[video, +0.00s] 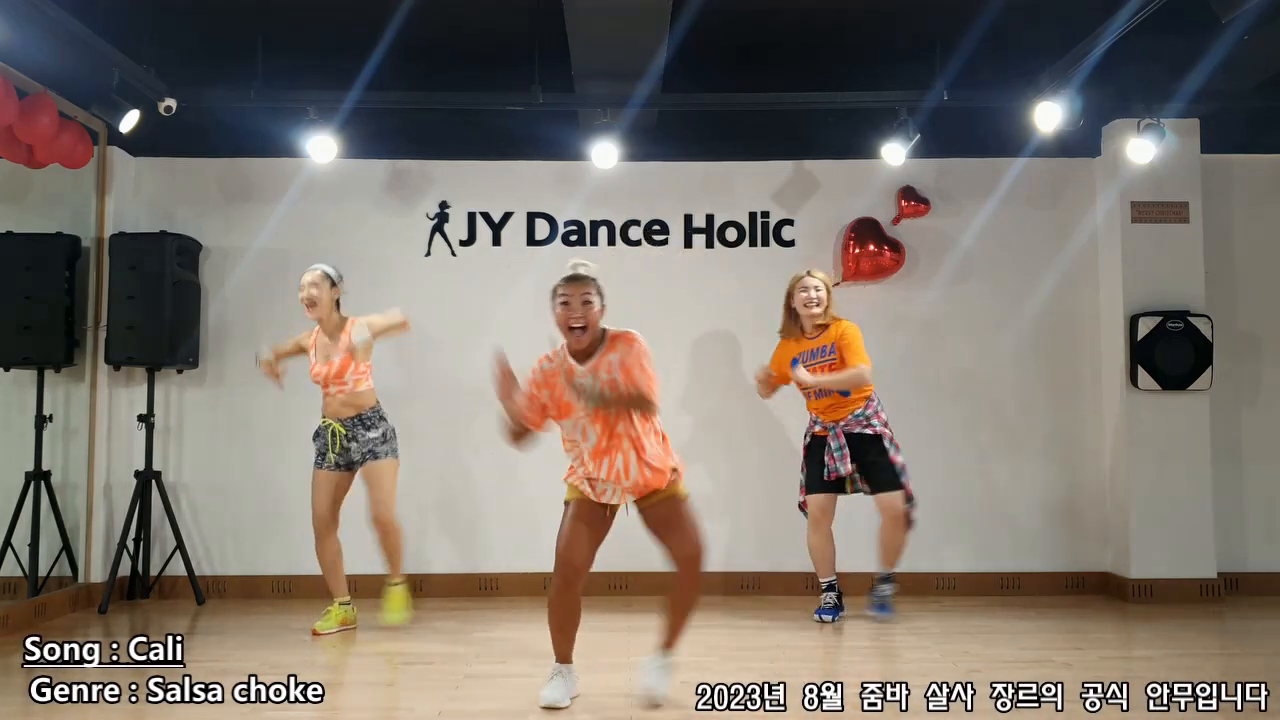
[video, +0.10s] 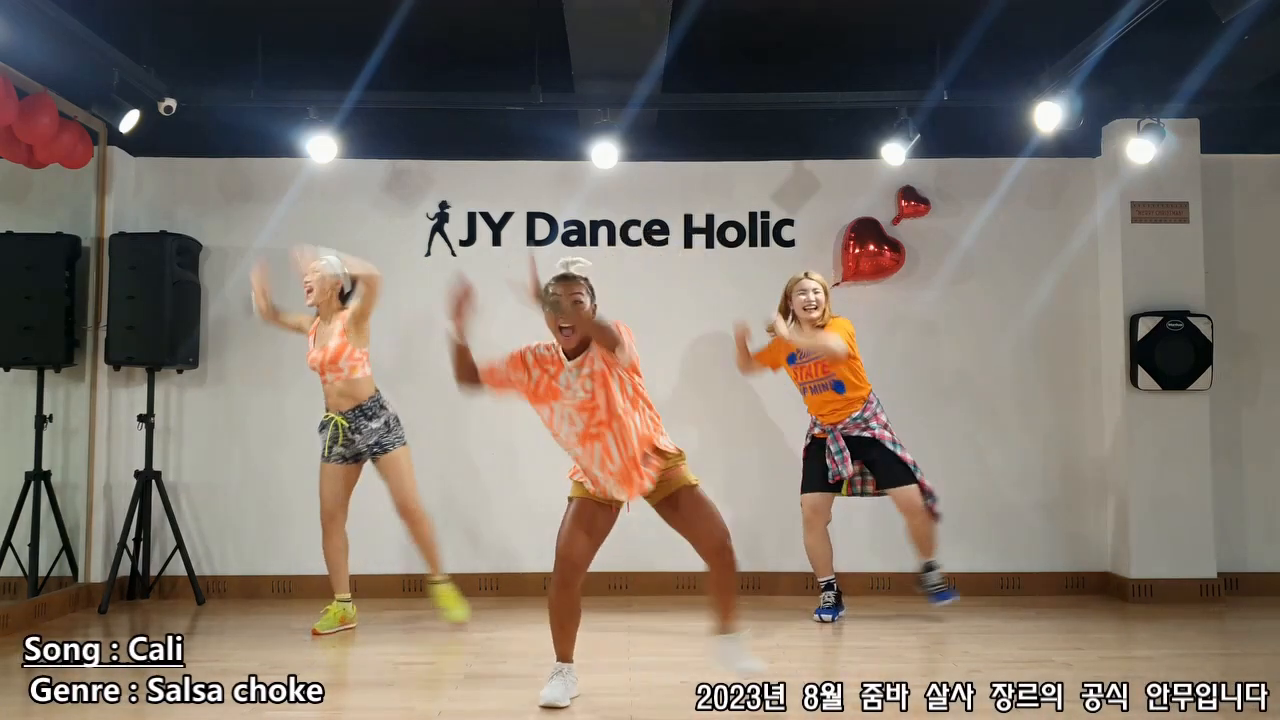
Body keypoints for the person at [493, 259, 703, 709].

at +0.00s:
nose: (576, 310)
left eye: (586, 300)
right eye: (566, 302)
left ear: (602, 308)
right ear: (554, 312)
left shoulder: (627, 346)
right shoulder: (547, 369)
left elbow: (647, 400)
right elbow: (520, 435)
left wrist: (595, 395)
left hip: (649, 468)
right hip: (592, 475)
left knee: (691, 556)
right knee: (566, 569)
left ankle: (663, 657)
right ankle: (562, 670)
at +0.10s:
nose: (569, 308)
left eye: (578, 298)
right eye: (558, 300)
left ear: (592, 306)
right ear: (545, 312)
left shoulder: (614, 343)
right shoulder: (533, 363)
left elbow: (604, 332)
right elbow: (468, 377)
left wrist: (552, 300)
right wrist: (459, 328)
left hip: (653, 461)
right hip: (597, 474)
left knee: (719, 543)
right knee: (567, 563)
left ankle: (728, 640)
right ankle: (563, 670)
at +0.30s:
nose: (567, 310)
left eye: (578, 299)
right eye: (557, 300)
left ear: (595, 305)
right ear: (548, 306)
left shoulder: (618, 343)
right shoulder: (539, 354)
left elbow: (638, 338)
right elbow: (470, 362)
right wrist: (463, 324)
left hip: (651, 463)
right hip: (594, 479)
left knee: (721, 555)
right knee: (567, 570)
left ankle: (755, 640)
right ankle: (564, 670)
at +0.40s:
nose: (587, 306)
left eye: (598, 296)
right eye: (577, 297)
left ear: (613, 304)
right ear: (566, 307)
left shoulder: (641, 351)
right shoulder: (550, 363)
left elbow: (688, 408)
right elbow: (515, 417)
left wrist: (650, 399)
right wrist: (518, 405)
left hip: (647, 472)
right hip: (587, 484)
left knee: (720, 546)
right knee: (562, 567)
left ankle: (711, 645)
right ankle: (562, 670)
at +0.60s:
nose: (632, 279)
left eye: (641, 270)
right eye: (622, 273)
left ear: (658, 279)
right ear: (611, 284)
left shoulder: (687, 336)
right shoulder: (595, 340)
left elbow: (724, 397)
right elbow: (570, 414)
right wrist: (577, 403)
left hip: (671, 451)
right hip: (614, 454)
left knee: (706, 553)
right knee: (589, 555)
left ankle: (696, 660)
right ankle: (573, 665)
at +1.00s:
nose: (704, 296)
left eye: (711, 288)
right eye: (693, 288)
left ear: (723, 298)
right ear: (676, 300)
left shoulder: (738, 363)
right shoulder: (649, 358)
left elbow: (748, 423)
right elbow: (606, 419)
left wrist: (742, 430)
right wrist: (643, 424)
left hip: (710, 482)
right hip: (650, 480)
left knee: (775, 553)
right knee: (641, 564)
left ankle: (762, 656)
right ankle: (648, 668)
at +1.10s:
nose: (732, 301)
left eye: (738, 292)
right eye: (720, 294)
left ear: (748, 302)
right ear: (701, 307)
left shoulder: (758, 368)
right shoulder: (677, 359)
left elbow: (758, 430)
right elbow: (651, 430)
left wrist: (785, 458)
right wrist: (693, 453)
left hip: (717, 486)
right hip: (658, 479)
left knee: (772, 563)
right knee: (624, 560)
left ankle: (758, 665)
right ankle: (641, 663)